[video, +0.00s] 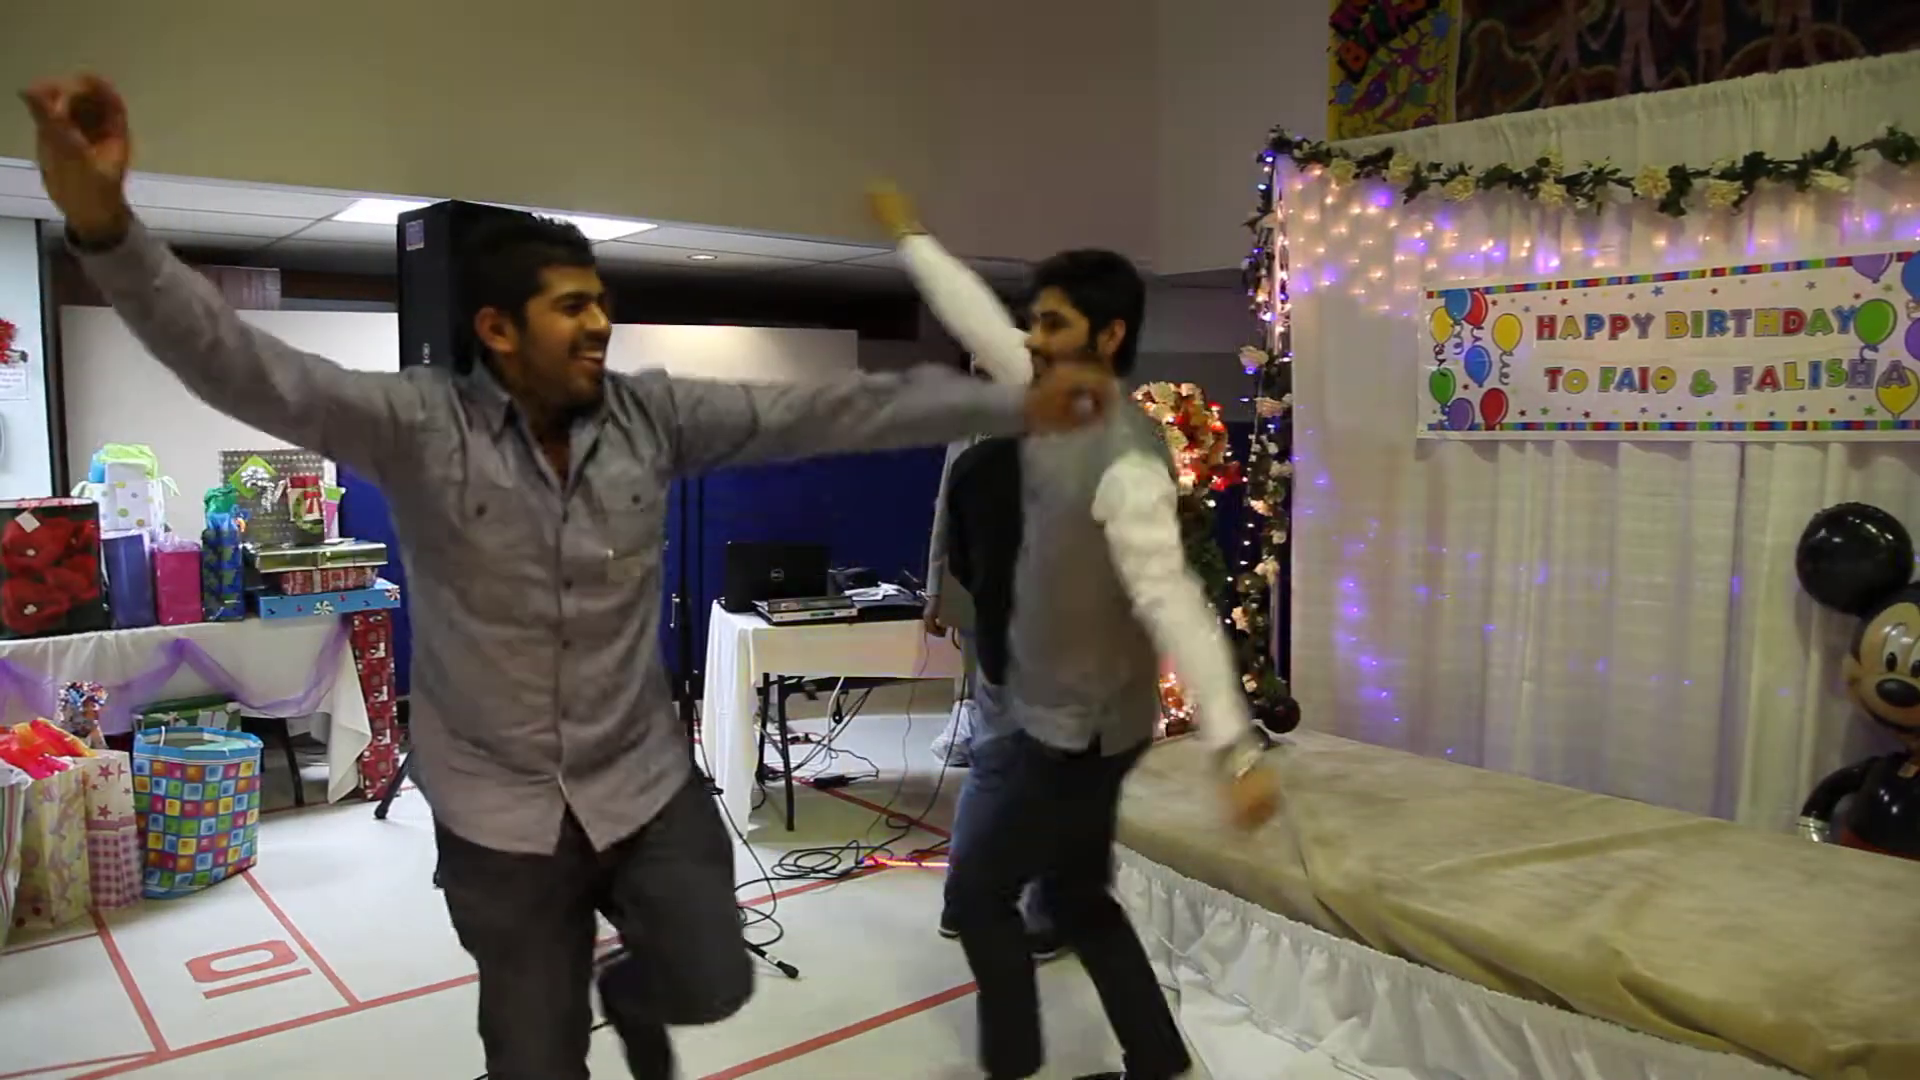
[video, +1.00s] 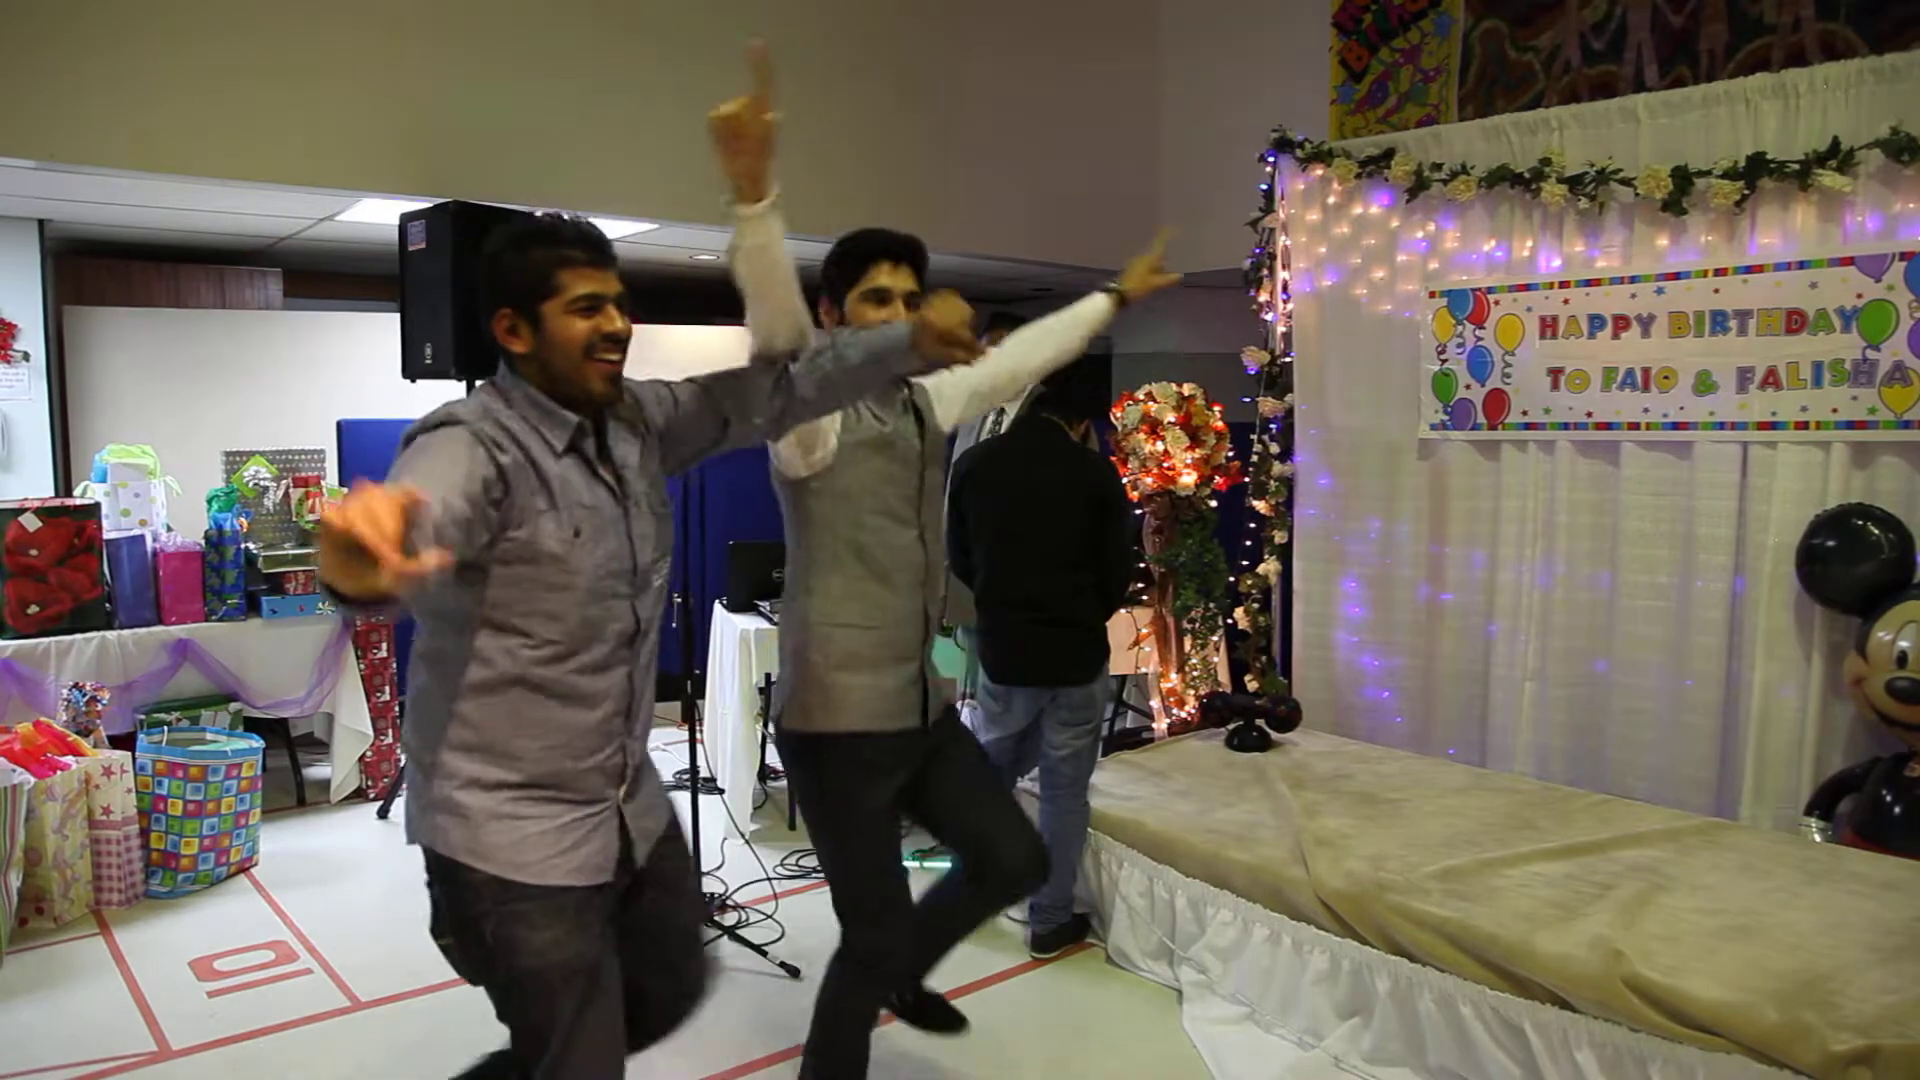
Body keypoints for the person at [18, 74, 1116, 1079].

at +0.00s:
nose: (599, 330)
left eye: (602, 309)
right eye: (572, 312)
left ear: (604, 324)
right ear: (494, 331)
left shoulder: (653, 415)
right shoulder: (416, 423)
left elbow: (835, 409)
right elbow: (246, 370)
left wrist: (1019, 401)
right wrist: (108, 232)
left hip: (649, 782)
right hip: (499, 809)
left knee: (711, 979)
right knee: (537, 1060)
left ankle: (621, 998)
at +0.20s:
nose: (628, 338)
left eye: (631, 318)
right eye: (601, 321)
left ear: (630, 336)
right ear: (524, 341)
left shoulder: (684, 439)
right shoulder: (445, 433)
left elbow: (852, 506)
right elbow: (284, 409)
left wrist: (1032, 556)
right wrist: (171, 286)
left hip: (672, 793)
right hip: (520, 816)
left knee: (768, 1034)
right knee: (553, 1062)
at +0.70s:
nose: (674, 343)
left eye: (677, 323)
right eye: (647, 326)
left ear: (682, 330)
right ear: (568, 345)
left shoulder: (716, 429)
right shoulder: (498, 441)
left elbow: (875, 436)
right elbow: (355, 439)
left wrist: (1039, 422)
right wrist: (239, 358)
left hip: (693, 805)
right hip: (553, 838)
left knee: (809, 1034)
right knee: (598, 1070)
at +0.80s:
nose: (648, 340)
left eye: (651, 320)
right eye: (621, 319)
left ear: (653, 336)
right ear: (543, 336)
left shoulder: (677, 423)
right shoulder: (488, 439)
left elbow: (827, 419)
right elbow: (387, 469)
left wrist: (989, 401)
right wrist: (286, 437)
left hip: (660, 788)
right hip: (531, 827)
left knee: (775, 974)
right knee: (587, 1061)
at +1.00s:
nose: (615, 326)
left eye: (619, 307)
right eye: (586, 309)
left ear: (625, 315)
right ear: (514, 335)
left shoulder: (642, 420)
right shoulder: (474, 442)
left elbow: (775, 391)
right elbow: (421, 505)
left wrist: (910, 340)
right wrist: (371, 555)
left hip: (622, 797)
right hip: (505, 830)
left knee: (667, 987)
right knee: (578, 1056)